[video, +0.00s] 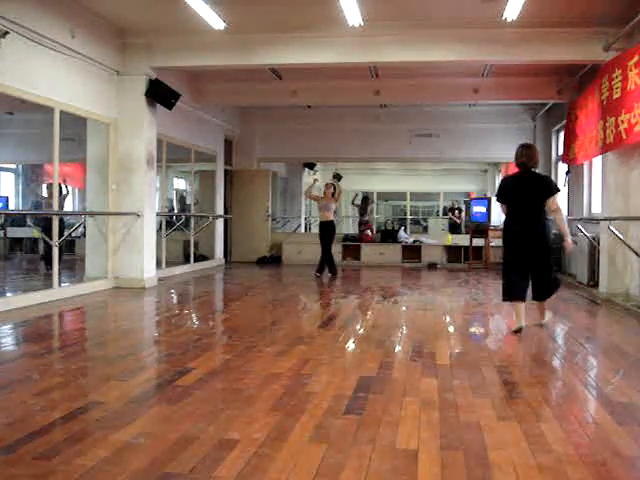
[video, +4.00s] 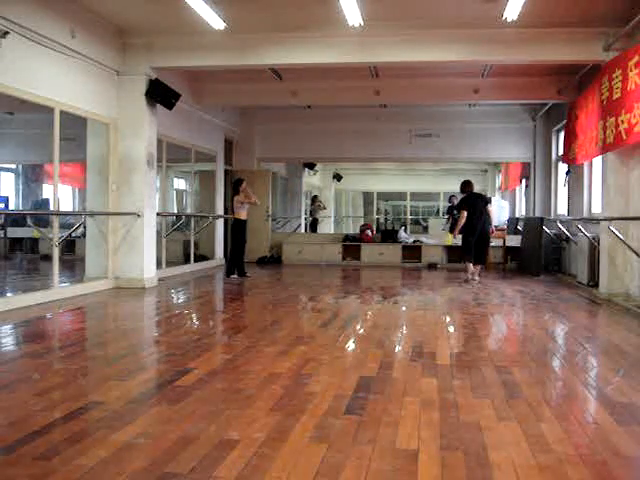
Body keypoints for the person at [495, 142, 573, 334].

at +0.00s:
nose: (537, 160)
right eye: (537, 157)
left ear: (516, 160)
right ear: (536, 160)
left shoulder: (507, 182)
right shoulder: (543, 182)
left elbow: (504, 209)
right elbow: (555, 210)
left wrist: (516, 219)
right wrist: (566, 236)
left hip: (513, 235)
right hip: (538, 235)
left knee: (516, 276)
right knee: (540, 273)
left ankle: (519, 321)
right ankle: (542, 315)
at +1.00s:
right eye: (535, 171)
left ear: (522, 173)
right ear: (537, 173)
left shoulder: (513, 191)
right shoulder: (544, 190)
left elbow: (506, 213)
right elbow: (557, 212)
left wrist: (515, 217)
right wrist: (557, 227)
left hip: (520, 232)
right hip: (540, 232)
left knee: (523, 263)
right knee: (538, 263)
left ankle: (528, 298)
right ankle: (534, 297)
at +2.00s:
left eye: (506, 177)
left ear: (506, 179)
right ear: (519, 179)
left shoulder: (502, 194)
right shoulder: (525, 194)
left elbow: (493, 213)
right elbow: (530, 214)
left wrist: (483, 227)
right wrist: (527, 222)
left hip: (506, 230)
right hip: (521, 230)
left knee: (501, 257)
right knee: (517, 257)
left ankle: (511, 279)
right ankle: (515, 286)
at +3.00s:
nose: (473, 189)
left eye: (473, 187)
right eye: (474, 187)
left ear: (475, 188)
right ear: (485, 185)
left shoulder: (480, 197)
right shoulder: (494, 196)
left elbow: (484, 214)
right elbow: (499, 212)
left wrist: (476, 229)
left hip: (488, 228)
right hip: (499, 228)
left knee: (481, 250)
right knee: (495, 253)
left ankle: (485, 275)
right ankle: (493, 278)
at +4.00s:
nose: (461, 190)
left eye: (461, 189)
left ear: (462, 189)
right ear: (472, 187)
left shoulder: (464, 200)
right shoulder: (482, 197)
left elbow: (463, 216)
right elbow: (489, 211)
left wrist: (457, 229)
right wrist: (492, 225)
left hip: (470, 230)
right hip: (483, 230)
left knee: (468, 252)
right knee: (479, 252)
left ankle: (470, 274)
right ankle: (476, 275)